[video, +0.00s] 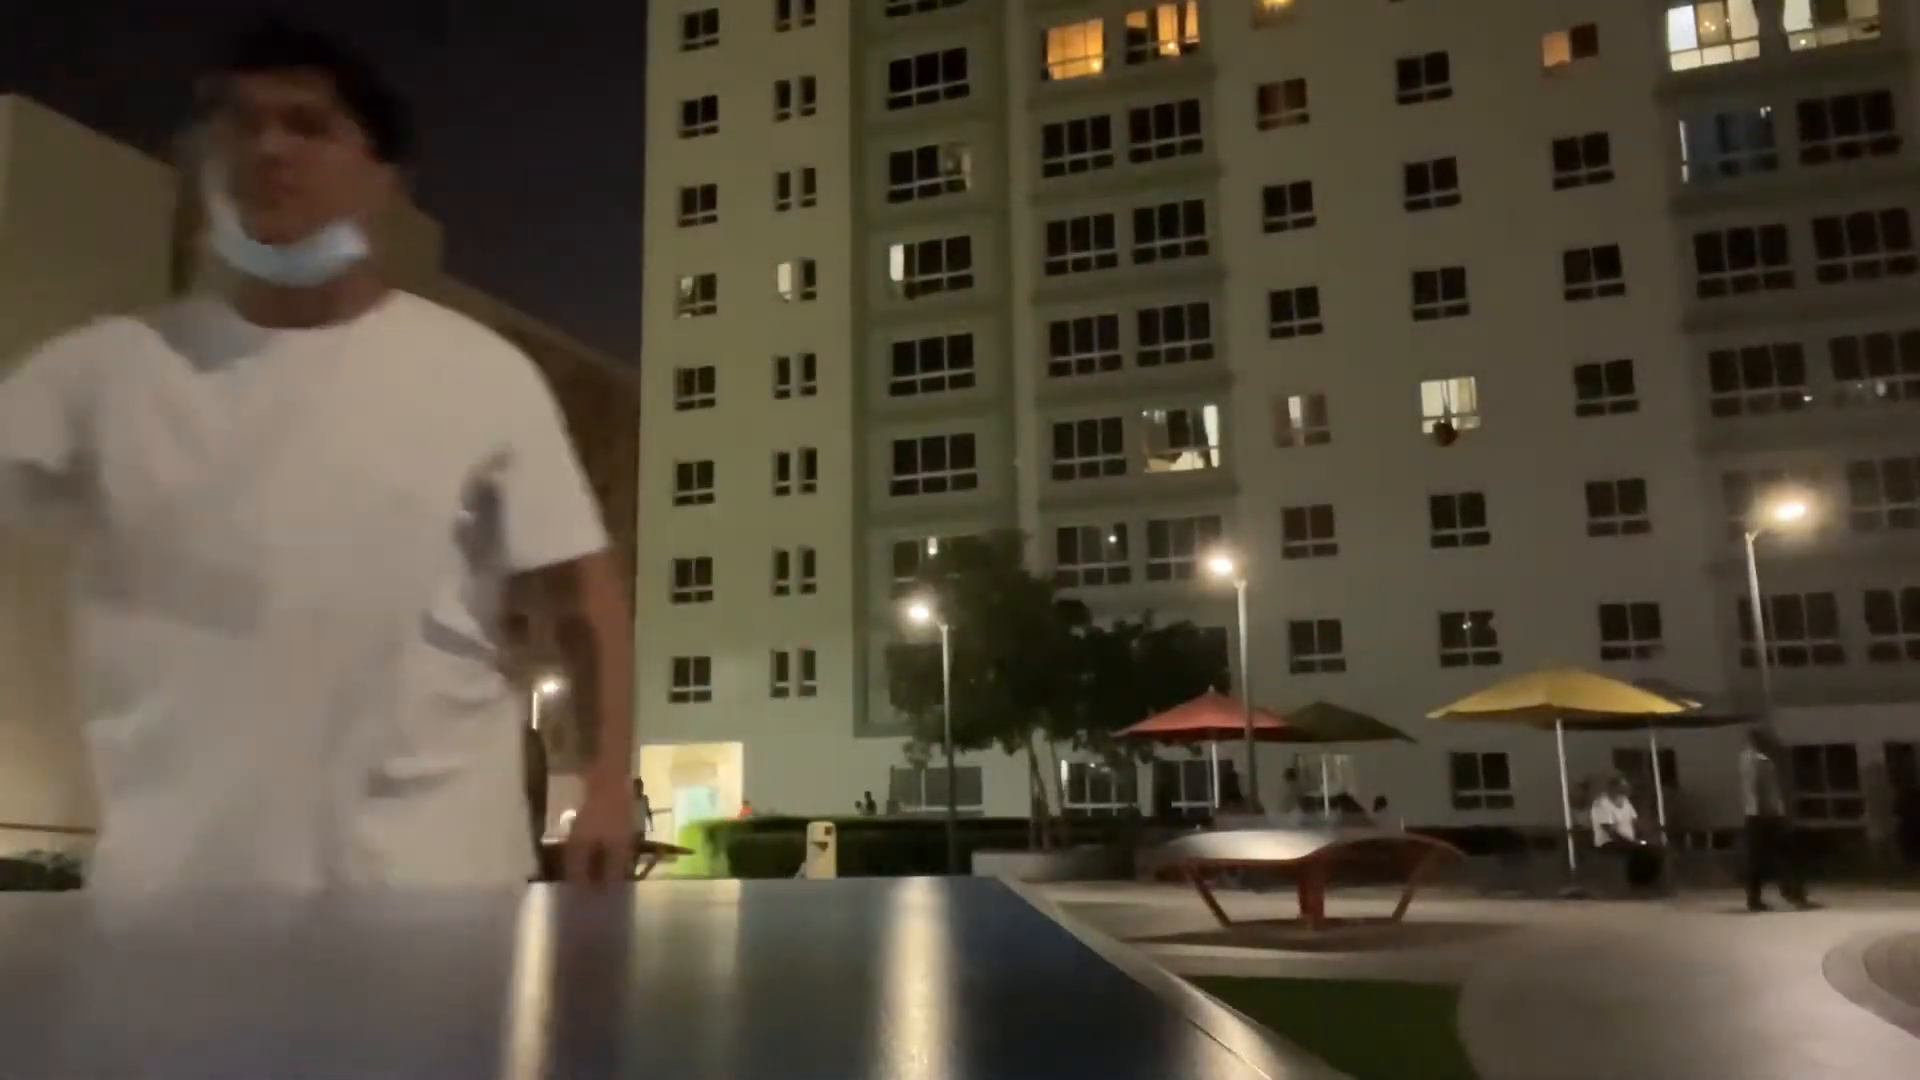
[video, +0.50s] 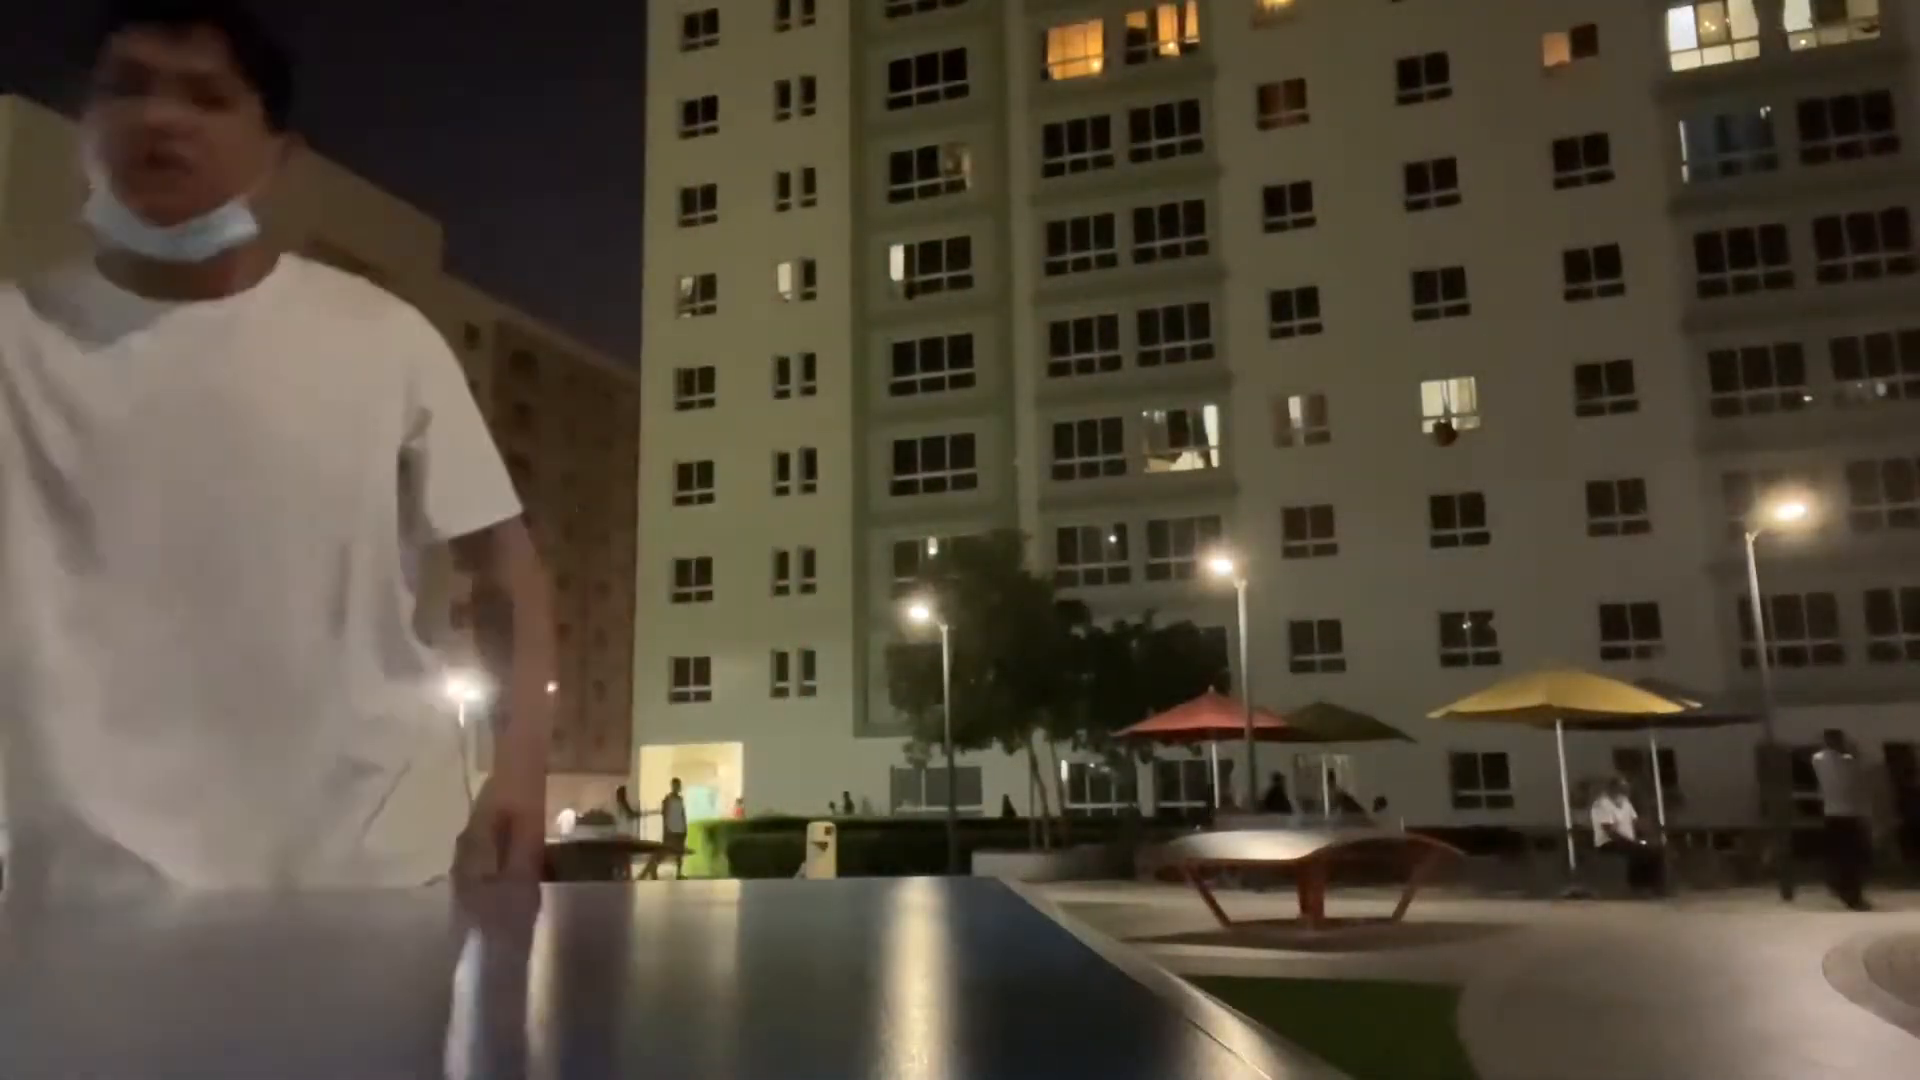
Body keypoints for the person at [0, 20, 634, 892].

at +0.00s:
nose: (267, 150)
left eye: (307, 126)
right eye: (237, 124)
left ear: (382, 174)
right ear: (199, 161)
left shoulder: (481, 380)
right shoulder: (106, 376)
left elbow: (590, 592)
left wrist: (609, 783)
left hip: (429, 892)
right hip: (177, 891)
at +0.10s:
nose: (360, 164)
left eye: (399, 144)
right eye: (338, 142)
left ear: (475, 205)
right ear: (309, 184)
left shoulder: (563, 392)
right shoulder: (218, 383)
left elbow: (660, 604)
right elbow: (34, 489)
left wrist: (658, 807)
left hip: (482, 884)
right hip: (248, 884)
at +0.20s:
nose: (339, 190)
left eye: (381, 162)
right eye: (322, 161)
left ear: (465, 209)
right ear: (299, 187)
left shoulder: (559, 403)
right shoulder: (209, 395)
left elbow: (661, 614)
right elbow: (35, 505)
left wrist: (661, 815)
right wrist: (26, 603)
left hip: (479, 889)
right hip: (245, 893)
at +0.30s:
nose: (214, 205)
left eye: (259, 175)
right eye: (193, 170)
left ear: (359, 210)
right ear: (169, 183)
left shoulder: (470, 393)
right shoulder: (73, 397)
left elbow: (591, 604)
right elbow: (23, 605)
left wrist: (609, 816)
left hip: (437, 884)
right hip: (191, 890)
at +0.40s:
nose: (127, 145)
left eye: (175, 118)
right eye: (103, 111)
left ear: (270, 169)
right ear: (72, 142)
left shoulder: (389, 364)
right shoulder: (22, 363)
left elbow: (527, 597)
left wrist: (533, 791)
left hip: (373, 882)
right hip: (121, 885)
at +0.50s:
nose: (161, 120)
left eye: (206, 95)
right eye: (129, 87)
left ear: (276, 147)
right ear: (82, 129)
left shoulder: (385, 345)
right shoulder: (24, 342)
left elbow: (510, 568)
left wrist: (521, 774)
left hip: (364, 885)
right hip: (103, 890)